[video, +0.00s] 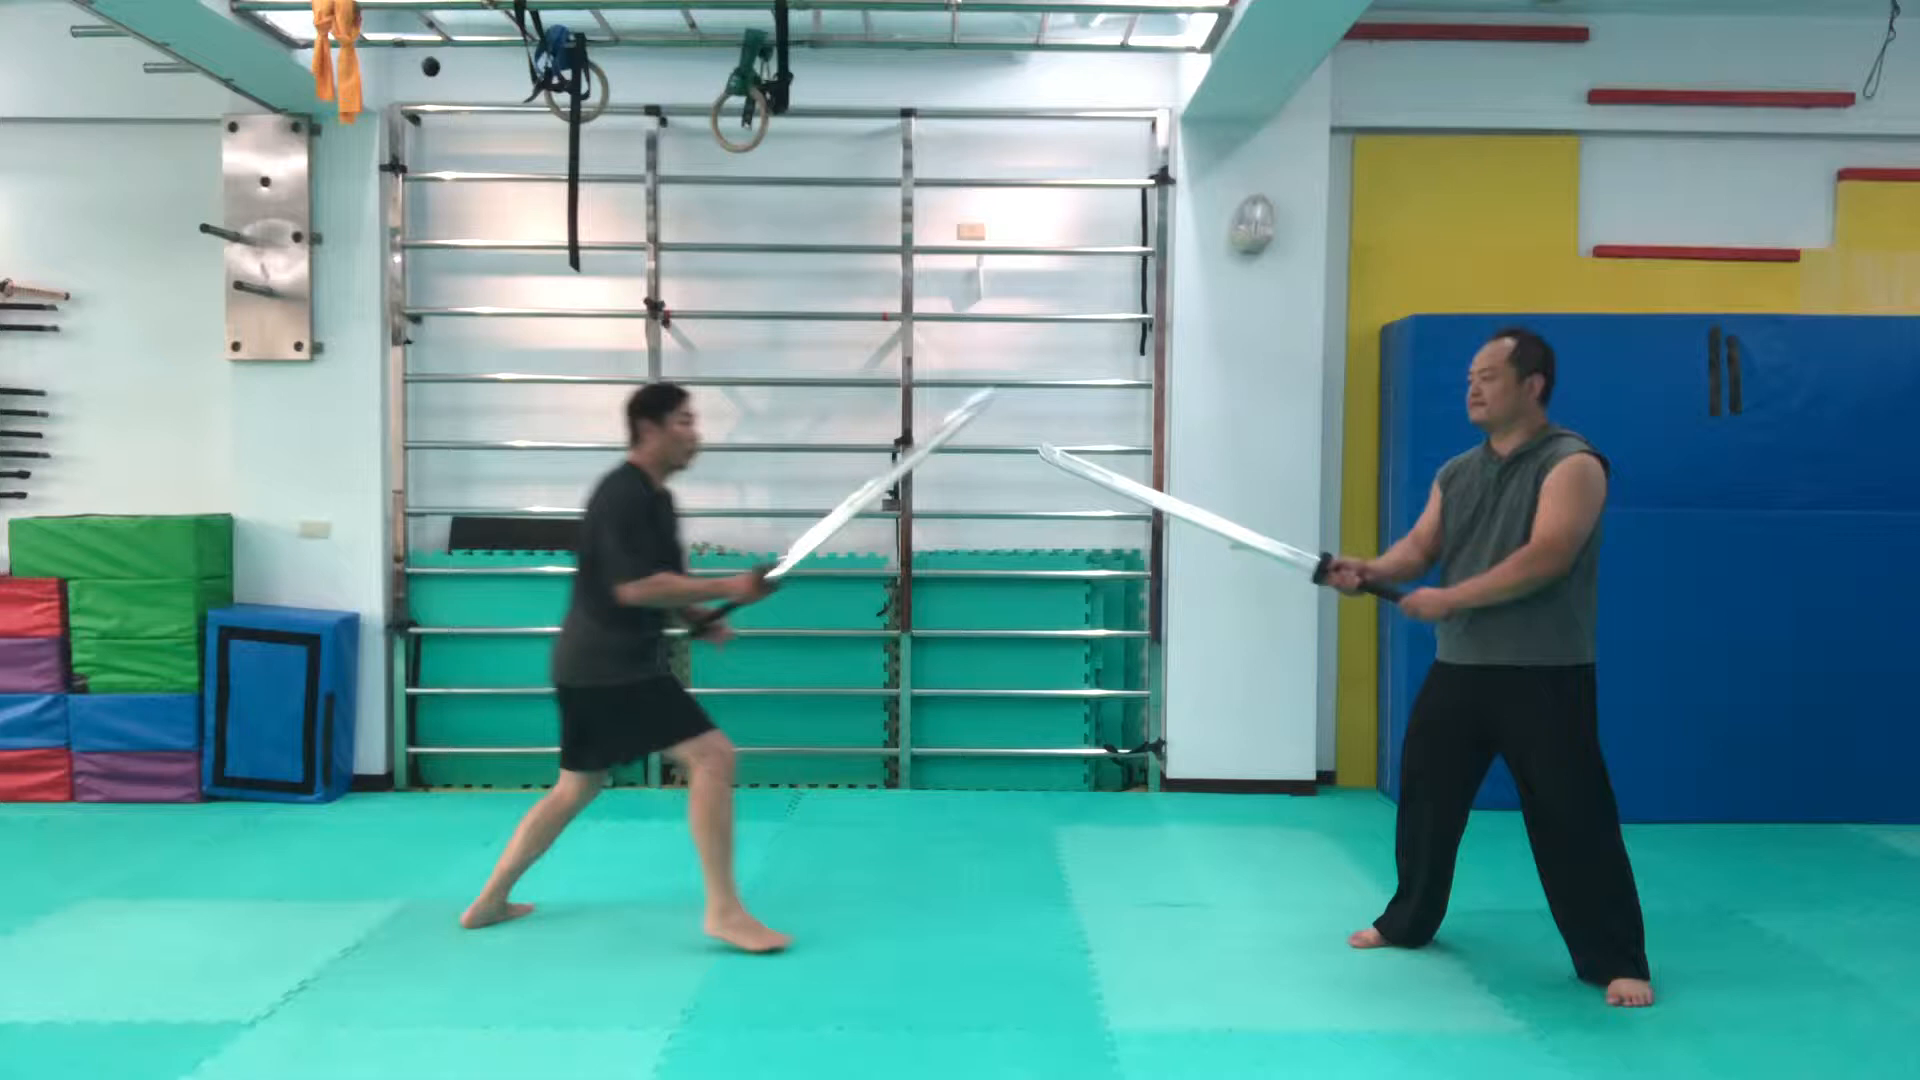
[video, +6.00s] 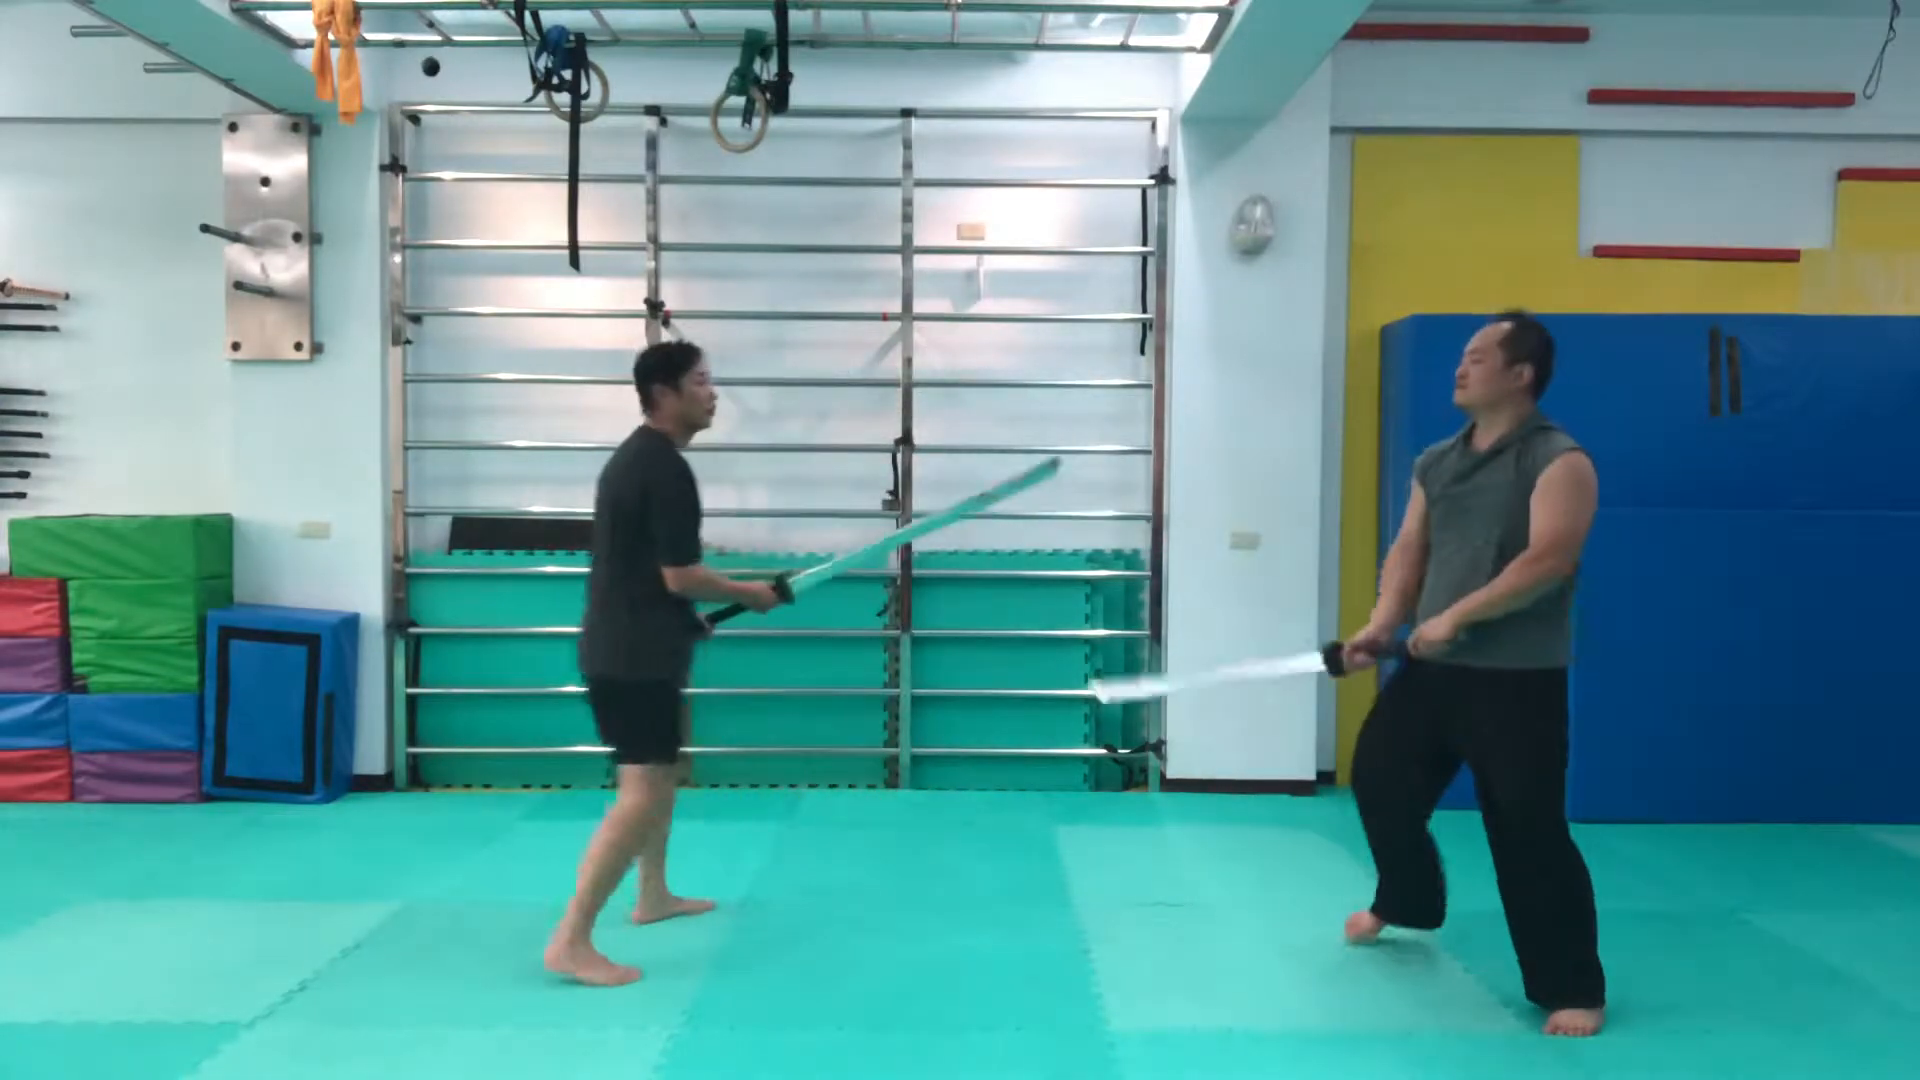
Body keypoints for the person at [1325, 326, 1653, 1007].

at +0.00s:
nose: (1472, 389)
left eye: (1487, 379)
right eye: (1471, 379)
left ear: (1532, 386)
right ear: (1478, 389)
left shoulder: (1573, 466)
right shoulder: (1455, 474)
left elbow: (1548, 557)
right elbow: (1416, 550)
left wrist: (1451, 599)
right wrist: (1366, 571)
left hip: (1547, 679)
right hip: (1460, 673)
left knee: (1575, 822)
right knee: (1427, 795)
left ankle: (1619, 966)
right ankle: (1409, 921)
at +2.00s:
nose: (1386, 386)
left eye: (1400, 376)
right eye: (1388, 374)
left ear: (1446, 388)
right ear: (1415, 389)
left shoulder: (1492, 478)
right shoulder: (1380, 480)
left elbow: (1460, 569)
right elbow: (1345, 566)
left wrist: (1347, 603)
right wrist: (1289, 610)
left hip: (1461, 707)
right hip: (1378, 700)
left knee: (1498, 869)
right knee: (1320, 828)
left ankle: (1579, 1022)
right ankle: (1262, 952)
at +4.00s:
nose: (1397, 413)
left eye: (1410, 402)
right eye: (1396, 401)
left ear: (1455, 406)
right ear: (1418, 409)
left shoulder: (1505, 470)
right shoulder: (1392, 486)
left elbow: (1442, 545)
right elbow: (1325, 534)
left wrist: (1348, 577)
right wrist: (1259, 557)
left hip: (1508, 686)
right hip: (1416, 687)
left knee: (1551, 819)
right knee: (1381, 798)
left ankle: (1613, 973)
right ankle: (1369, 918)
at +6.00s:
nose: (1459, 368)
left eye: (1475, 359)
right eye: (1463, 357)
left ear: (1520, 375)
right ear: (1487, 374)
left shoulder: (1560, 463)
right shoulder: (1436, 464)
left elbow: (1551, 562)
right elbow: (1407, 553)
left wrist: (1457, 616)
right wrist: (1380, 627)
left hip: (1517, 685)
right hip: (1433, 678)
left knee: (1530, 835)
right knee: (1380, 776)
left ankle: (1573, 993)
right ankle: (1408, 899)